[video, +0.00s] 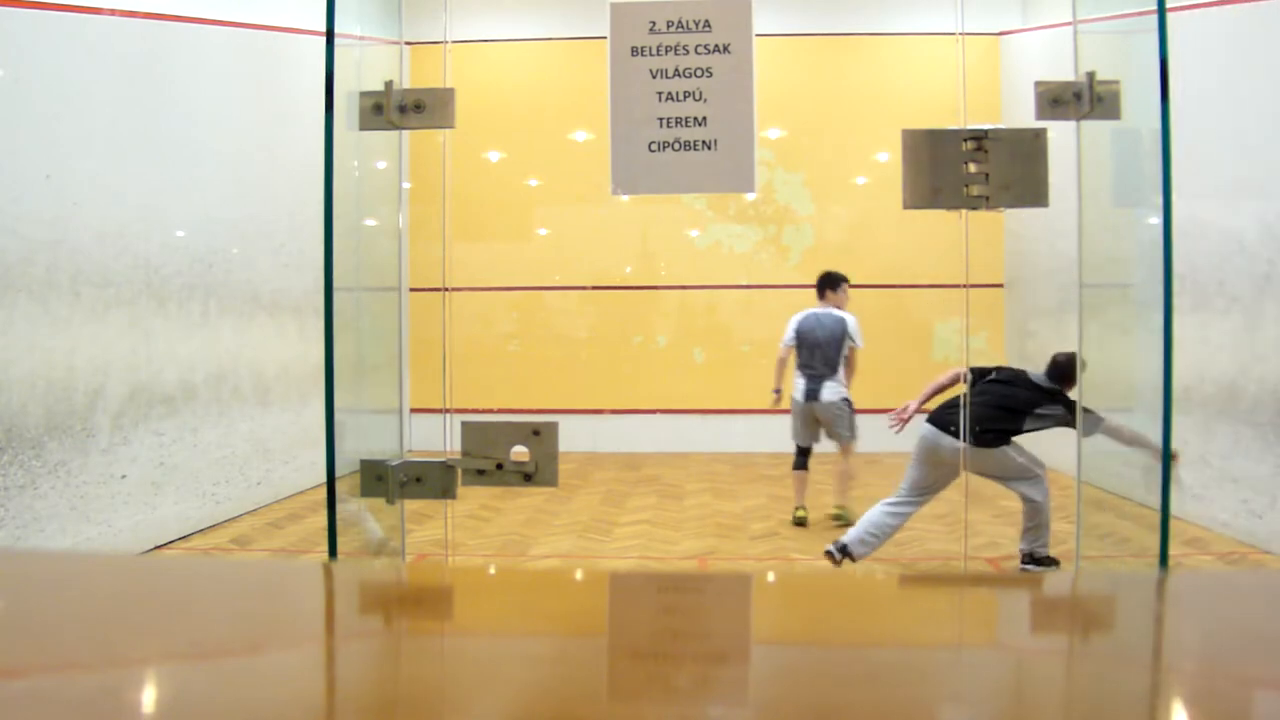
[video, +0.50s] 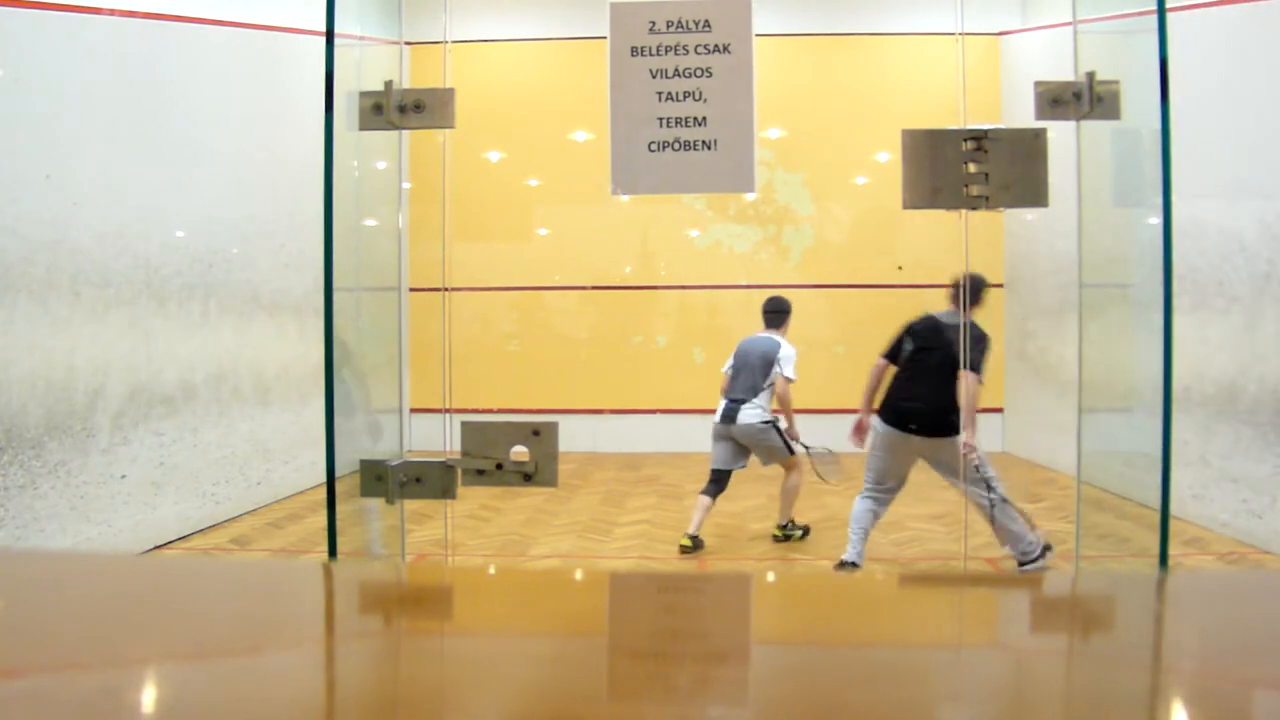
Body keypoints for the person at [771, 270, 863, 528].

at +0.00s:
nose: (847, 297)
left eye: (847, 291)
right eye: (844, 291)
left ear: (823, 294)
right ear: (829, 293)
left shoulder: (799, 319)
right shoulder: (847, 320)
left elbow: (783, 356)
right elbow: (851, 359)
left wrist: (777, 388)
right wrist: (845, 388)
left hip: (802, 393)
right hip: (832, 393)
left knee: (802, 450)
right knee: (846, 449)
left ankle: (799, 506)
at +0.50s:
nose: (788, 322)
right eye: (789, 318)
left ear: (764, 318)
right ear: (787, 319)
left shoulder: (743, 344)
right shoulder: (784, 348)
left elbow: (726, 386)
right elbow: (781, 391)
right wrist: (791, 426)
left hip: (725, 416)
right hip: (754, 419)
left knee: (717, 480)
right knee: (794, 465)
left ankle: (691, 534)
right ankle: (784, 525)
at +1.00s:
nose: (817, 321)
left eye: (818, 317)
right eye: (818, 317)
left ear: (794, 311)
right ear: (815, 315)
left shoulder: (772, 330)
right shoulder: (798, 335)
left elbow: (743, 356)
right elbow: (794, 368)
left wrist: (736, 378)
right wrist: (827, 377)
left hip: (740, 403)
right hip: (762, 407)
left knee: (756, 455)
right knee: (772, 472)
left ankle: (752, 509)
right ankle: (768, 534)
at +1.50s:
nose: (820, 315)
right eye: (821, 311)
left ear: (798, 308)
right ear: (819, 312)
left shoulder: (776, 328)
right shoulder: (816, 343)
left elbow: (742, 351)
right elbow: (819, 377)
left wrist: (736, 368)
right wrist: (818, 403)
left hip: (753, 396)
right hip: (779, 400)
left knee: (768, 454)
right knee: (777, 461)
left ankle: (772, 503)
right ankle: (763, 509)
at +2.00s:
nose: (807, 302)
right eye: (807, 298)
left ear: (783, 299)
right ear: (806, 301)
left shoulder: (765, 326)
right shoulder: (814, 333)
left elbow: (750, 363)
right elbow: (812, 374)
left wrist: (747, 397)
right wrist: (798, 385)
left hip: (764, 402)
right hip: (793, 404)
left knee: (770, 455)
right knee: (794, 464)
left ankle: (772, 507)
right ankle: (785, 519)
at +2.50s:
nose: (796, 300)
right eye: (796, 296)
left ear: (770, 298)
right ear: (793, 298)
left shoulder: (753, 327)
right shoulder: (805, 332)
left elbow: (734, 366)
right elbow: (813, 376)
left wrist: (727, 395)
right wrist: (810, 409)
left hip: (750, 409)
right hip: (785, 412)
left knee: (732, 466)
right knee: (793, 466)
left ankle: (725, 514)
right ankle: (784, 521)